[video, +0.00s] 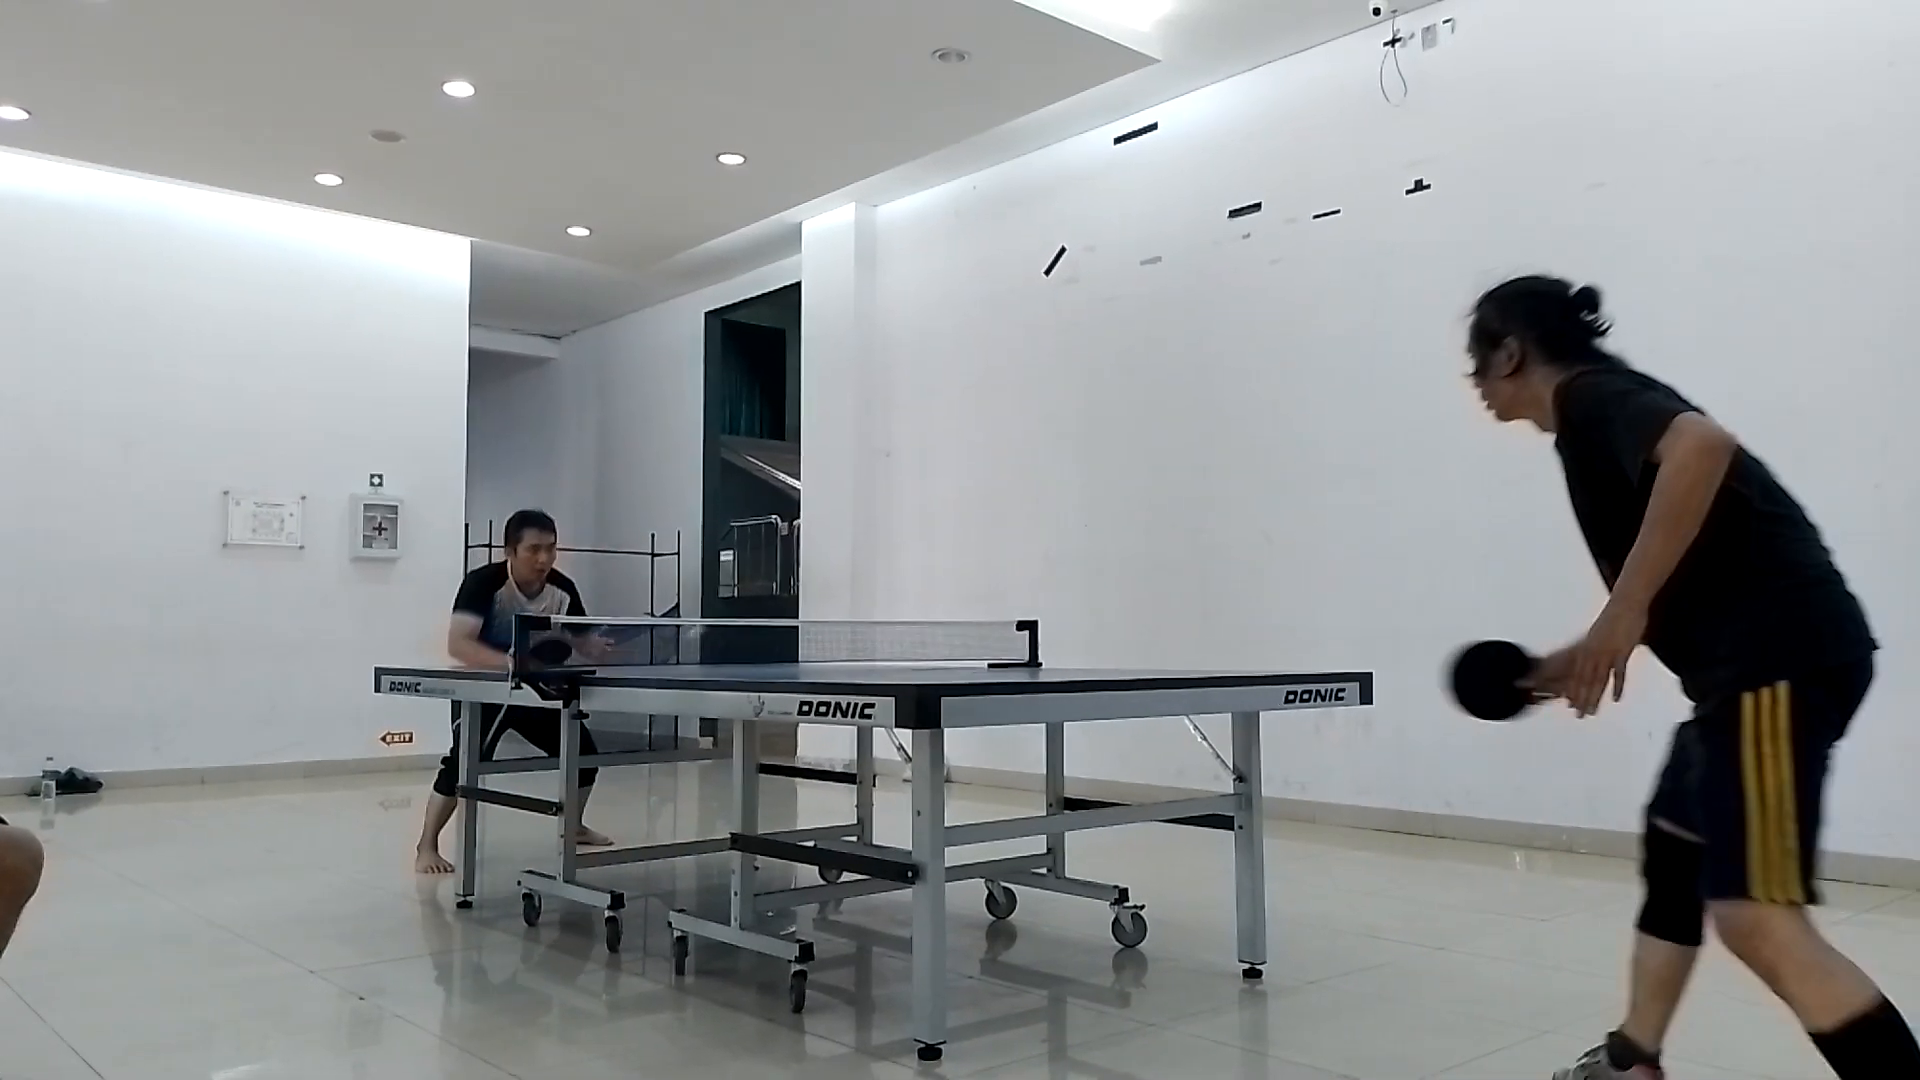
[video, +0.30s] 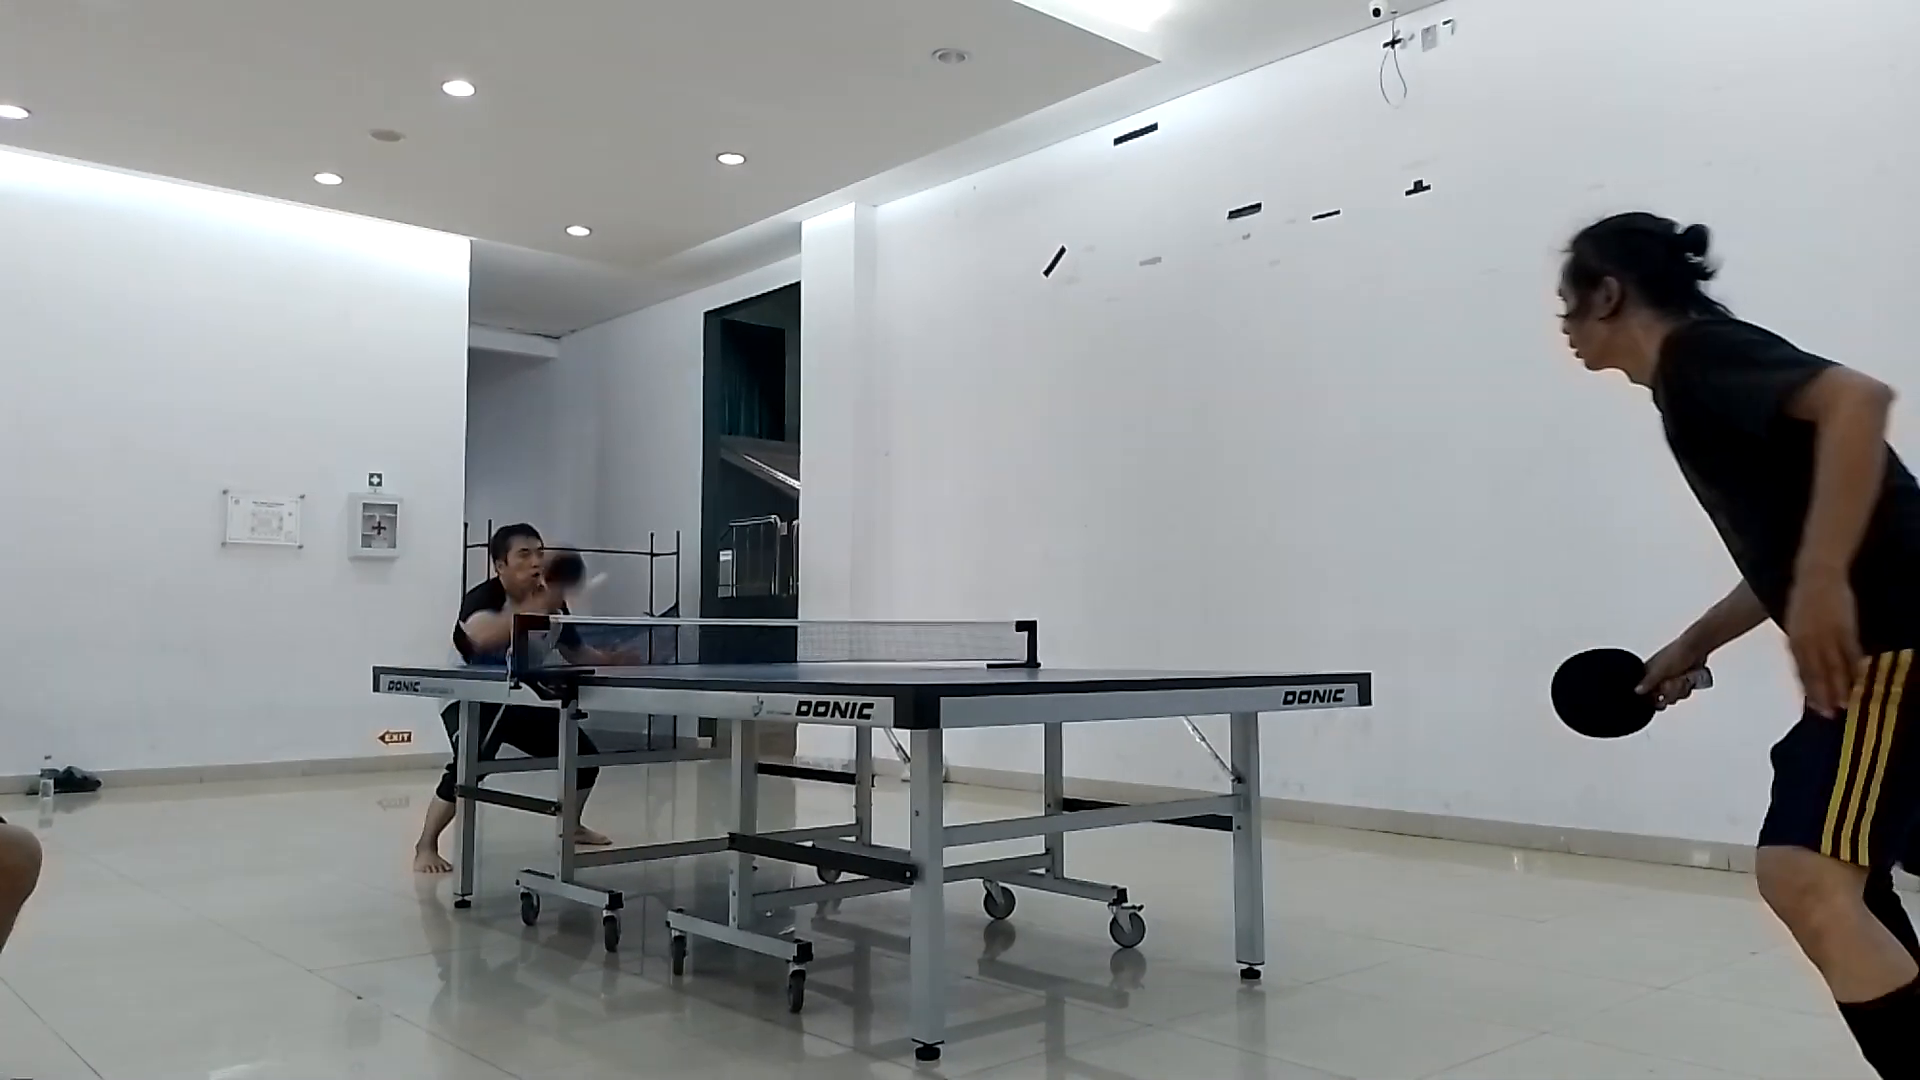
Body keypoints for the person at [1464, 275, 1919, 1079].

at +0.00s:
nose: (1476, 386)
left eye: (1479, 365)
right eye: (1474, 368)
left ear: (1513, 351)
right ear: (1532, 352)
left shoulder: (1594, 395)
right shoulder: (1588, 428)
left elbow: (1701, 444)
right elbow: (1667, 585)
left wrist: (1622, 616)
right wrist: (1570, 665)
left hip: (1783, 659)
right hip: (1741, 668)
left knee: (1757, 918)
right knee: (1677, 842)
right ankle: (1634, 1057)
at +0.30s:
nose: (1561, 324)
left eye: (1568, 301)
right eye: (1561, 305)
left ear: (1611, 292)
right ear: (1625, 295)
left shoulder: (1701, 353)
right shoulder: (1686, 386)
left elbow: (1856, 398)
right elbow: (1799, 556)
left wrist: (1822, 576)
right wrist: (1694, 644)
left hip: (1894, 631)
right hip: (1878, 634)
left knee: (1805, 875)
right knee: (1837, 874)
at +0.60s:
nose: (1637, 344)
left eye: (1641, 317)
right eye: (1634, 323)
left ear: (1696, 298)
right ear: (1700, 301)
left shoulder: (1814, 376)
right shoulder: (1782, 408)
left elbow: (1906, 502)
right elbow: (1838, 593)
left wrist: (1811, 700)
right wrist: (1711, 671)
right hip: (1917, 734)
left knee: (1884, 969)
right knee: (1884, 970)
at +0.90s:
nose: (1661, 381)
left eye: (1674, 349)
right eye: (1663, 351)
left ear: (1740, 336)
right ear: (1739, 339)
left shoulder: (1907, 422)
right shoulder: (1784, 494)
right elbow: (1634, 570)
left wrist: (1885, 711)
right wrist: (1459, 561)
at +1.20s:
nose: (1647, 451)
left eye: (1655, 423)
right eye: (1649, 425)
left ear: (1719, 423)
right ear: (1719, 423)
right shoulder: (1798, 581)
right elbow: (1738, 734)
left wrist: (1591, 838)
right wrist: (1590, 839)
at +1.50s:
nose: (1645, 287)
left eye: (1650, 256)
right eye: (1644, 262)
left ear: (1703, 246)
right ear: (1720, 245)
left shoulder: (1826, 342)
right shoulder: (1799, 353)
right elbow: (1909, 564)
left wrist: (1892, 673)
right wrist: (1840, 699)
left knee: (1873, 954)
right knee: (1873, 953)